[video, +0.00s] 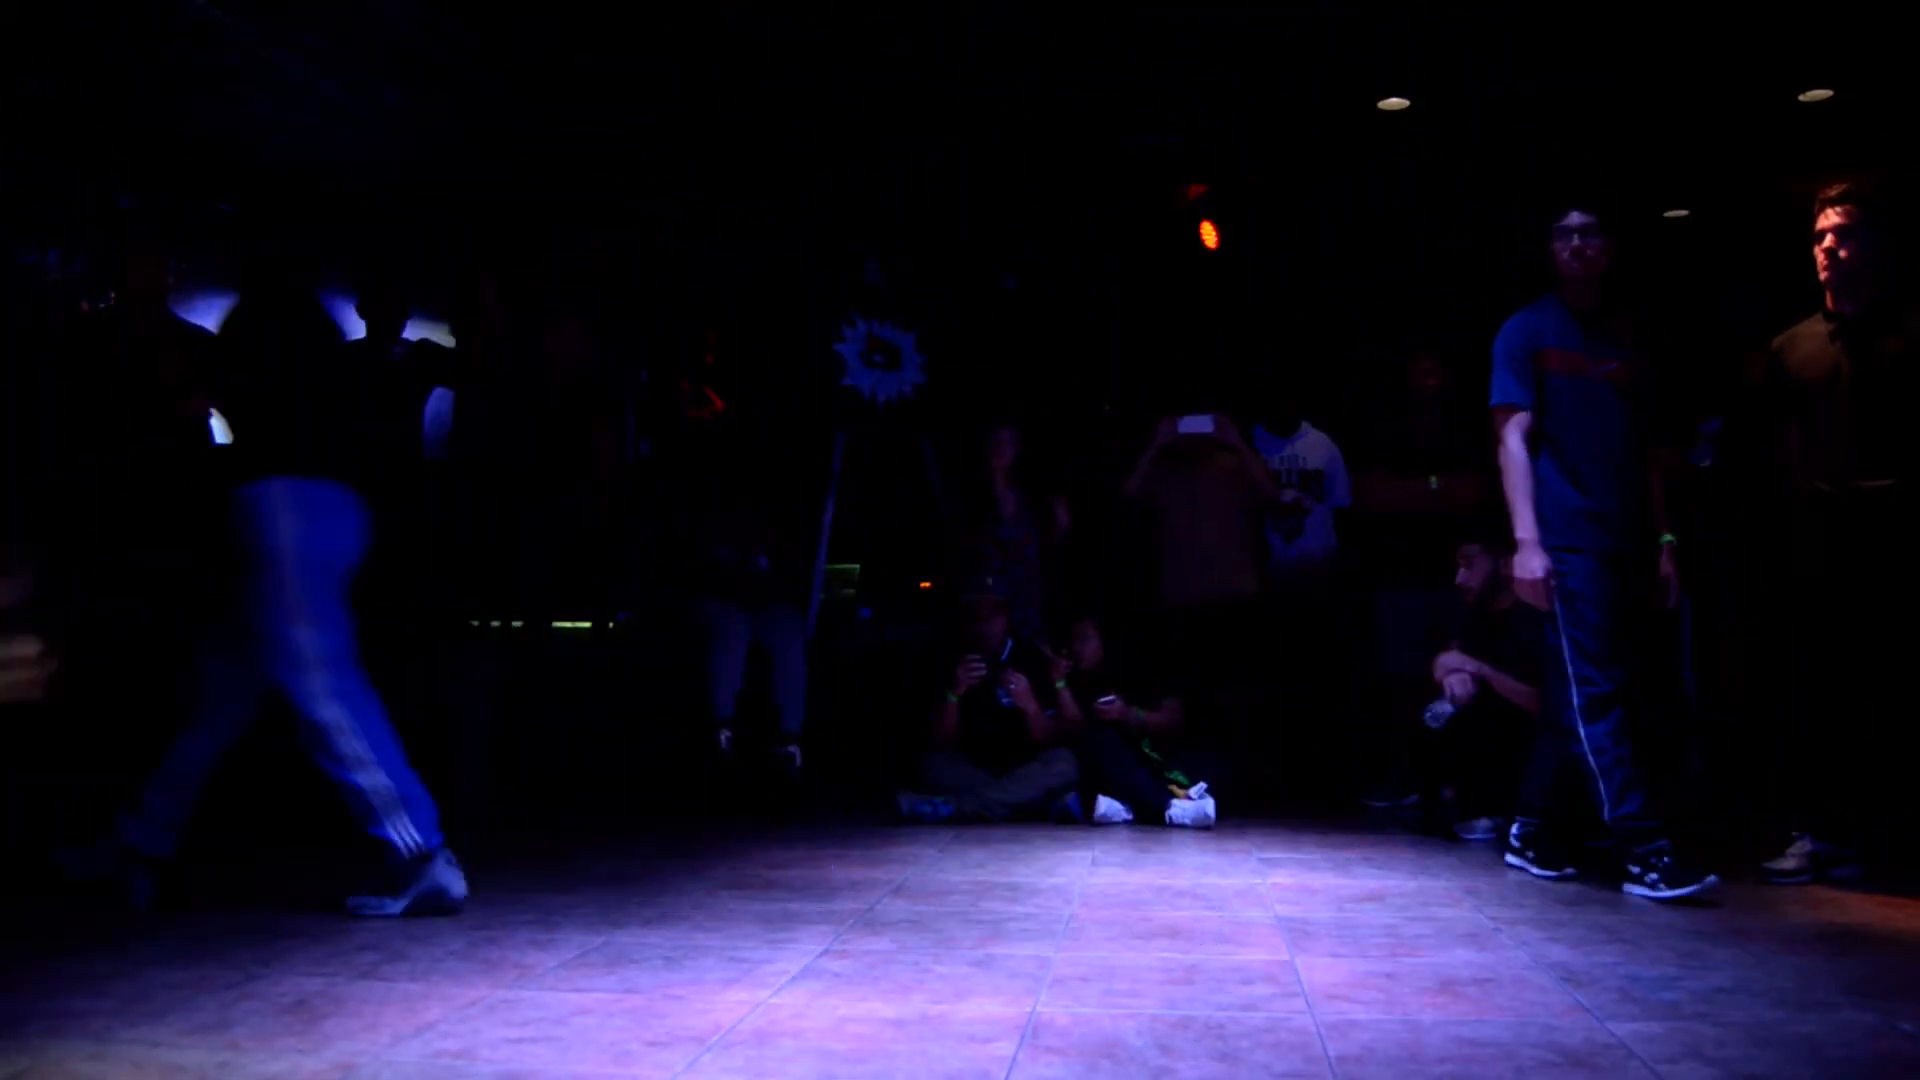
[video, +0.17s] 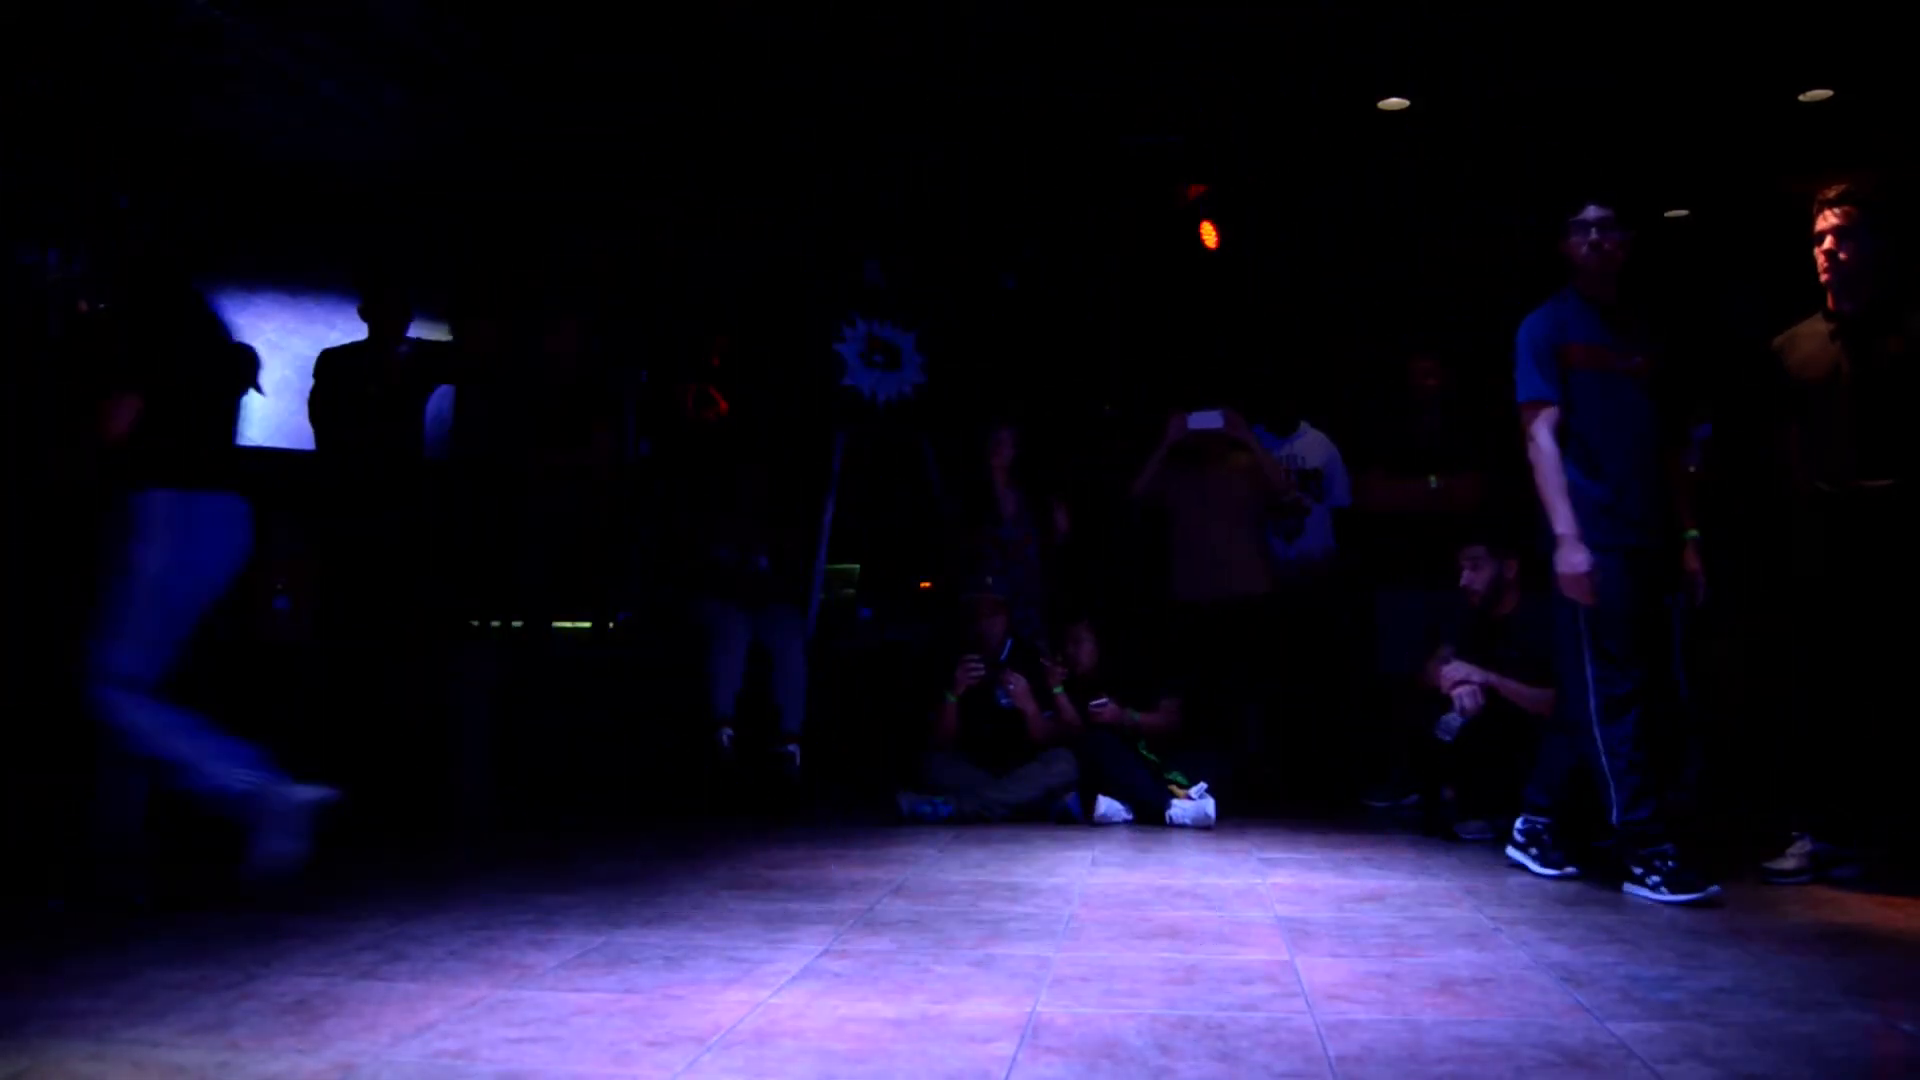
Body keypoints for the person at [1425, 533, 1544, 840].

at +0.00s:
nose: (1460, 578)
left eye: (1469, 566)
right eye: (1459, 567)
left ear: (1501, 567)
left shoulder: (1528, 621)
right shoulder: (1466, 614)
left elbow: (1539, 701)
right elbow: (1442, 658)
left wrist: (1477, 667)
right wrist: (1450, 673)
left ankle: (1490, 811)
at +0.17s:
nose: (1464, 580)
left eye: (1476, 568)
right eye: (1463, 569)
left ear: (1509, 570)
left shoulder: (1539, 622)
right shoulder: (1468, 617)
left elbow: (1551, 703)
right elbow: (1437, 662)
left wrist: (1486, 677)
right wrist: (1455, 682)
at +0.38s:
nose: (1471, 585)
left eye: (1482, 572)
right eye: (1467, 574)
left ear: (1513, 573)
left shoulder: (1547, 625)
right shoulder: (1468, 623)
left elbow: (1585, 697)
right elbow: (1422, 685)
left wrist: (1509, 694)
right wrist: (1471, 696)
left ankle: (1499, 811)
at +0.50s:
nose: (1473, 592)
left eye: (1485, 580)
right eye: (1469, 581)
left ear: (1515, 582)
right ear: (1464, 583)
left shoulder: (1548, 633)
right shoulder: (1466, 631)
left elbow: (1594, 696)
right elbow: (1421, 691)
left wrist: (1531, 701)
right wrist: (1484, 698)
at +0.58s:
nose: (1478, 601)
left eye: (1489, 589)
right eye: (1473, 590)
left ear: (1518, 589)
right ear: (1467, 591)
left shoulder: (1549, 635)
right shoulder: (1467, 633)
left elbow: (1598, 695)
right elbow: (1422, 694)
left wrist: (1538, 699)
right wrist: (1492, 698)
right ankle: (1482, 813)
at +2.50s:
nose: (1498, 591)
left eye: (1508, 579)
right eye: (1488, 581)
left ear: (1527, 584)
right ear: (1478, 589)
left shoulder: (1560, 631)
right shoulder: (1471, 632)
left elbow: (1619, 696)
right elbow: (1420, 693)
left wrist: (1528, 703)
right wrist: (1484, 704)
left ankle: (1587, 818)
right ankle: (1487, 815)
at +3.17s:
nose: (1530, 597)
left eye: (1538, 584)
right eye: (1518, 588)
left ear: (1554, 590)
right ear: (1505, 599)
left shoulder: (1588, 639)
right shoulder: (1497, 640)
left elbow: (1645, 702)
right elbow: (1451, 700)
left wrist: (1557, 709)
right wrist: (1518, 712)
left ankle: (1612, 826)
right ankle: (1510, 822)